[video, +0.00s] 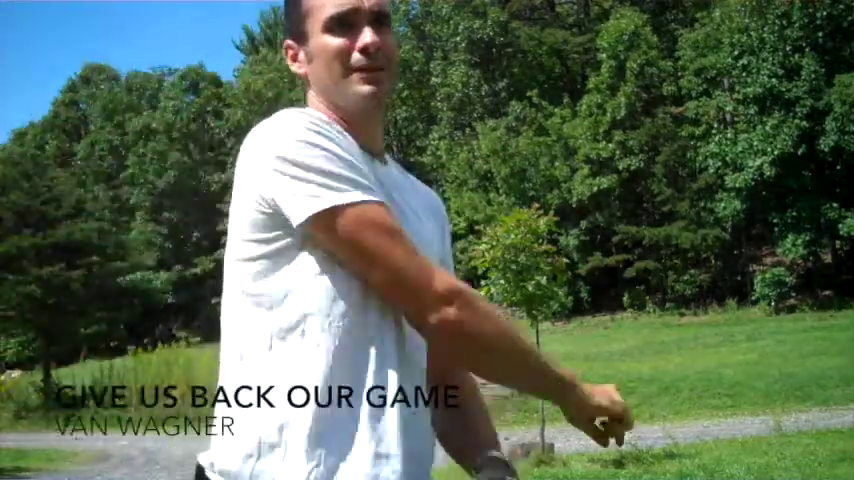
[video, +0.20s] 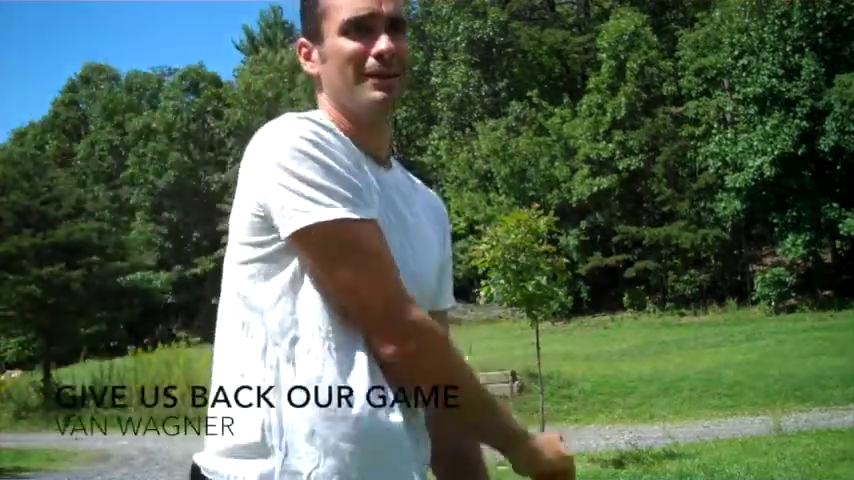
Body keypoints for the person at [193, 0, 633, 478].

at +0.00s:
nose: (370, 41)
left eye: (379, 23)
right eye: (343, 26)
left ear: (395, 41)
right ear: (299, 57)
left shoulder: (425, 201)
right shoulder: (288, 141)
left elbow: (448, 382)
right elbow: (442, 311)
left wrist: (491, 465)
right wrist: (572, 394)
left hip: (397, 468)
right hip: (283, 463)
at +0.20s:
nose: (386, 46)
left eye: (396, 29)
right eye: (359, 29)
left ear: (408, 44)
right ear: (310, 56)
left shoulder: (428, 206)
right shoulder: (292, 146)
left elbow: (441, 382)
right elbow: (399, 342)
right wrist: (522, 446)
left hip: (397, 465)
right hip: (278, 461)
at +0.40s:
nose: (366, 57)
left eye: (377, 39)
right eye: (340, 41)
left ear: (389, 54)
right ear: (291, 64)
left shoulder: (429, 215)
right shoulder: (243, 171)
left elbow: (441, 392)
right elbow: (290, 333)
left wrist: (458, 473)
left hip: (379, 469)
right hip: (250, 467)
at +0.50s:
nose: (343, 60)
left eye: (353, 43)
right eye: (317, 44)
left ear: (366, 58)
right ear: (269, 70)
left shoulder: (420, 214)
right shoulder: (220, 180)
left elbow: (432, 389)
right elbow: (220, 310)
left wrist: (453, 471)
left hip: (378, 468)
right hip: (238, 465)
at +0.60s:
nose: (314, 70)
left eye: (324, 52)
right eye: (289, 53)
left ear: (337, 65)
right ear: (243, 79)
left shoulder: (403, 213)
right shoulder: (197, 195)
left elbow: (421, 380)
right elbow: (166, 314)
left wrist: (447, 475)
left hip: (372, 472)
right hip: (232, 470)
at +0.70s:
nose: (279, 78)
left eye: (290, 61)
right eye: (255, 64)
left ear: (304, 77)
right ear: (211, 90)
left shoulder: (375, 215)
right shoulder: (170, 213)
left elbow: (403, 376)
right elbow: (121, 340)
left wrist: (436, 474)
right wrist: (76, 458)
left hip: (345, 470)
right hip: (206, 470)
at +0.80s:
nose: (242, 89)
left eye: (253, 72)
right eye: (217, 74)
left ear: (269, 87)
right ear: (176, 99)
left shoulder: (342, 217)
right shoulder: (141, 228)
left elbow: (385, 380)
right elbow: (91, 376)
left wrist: (425, 473)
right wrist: (48, 474)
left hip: (318, 469)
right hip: (188, 470)